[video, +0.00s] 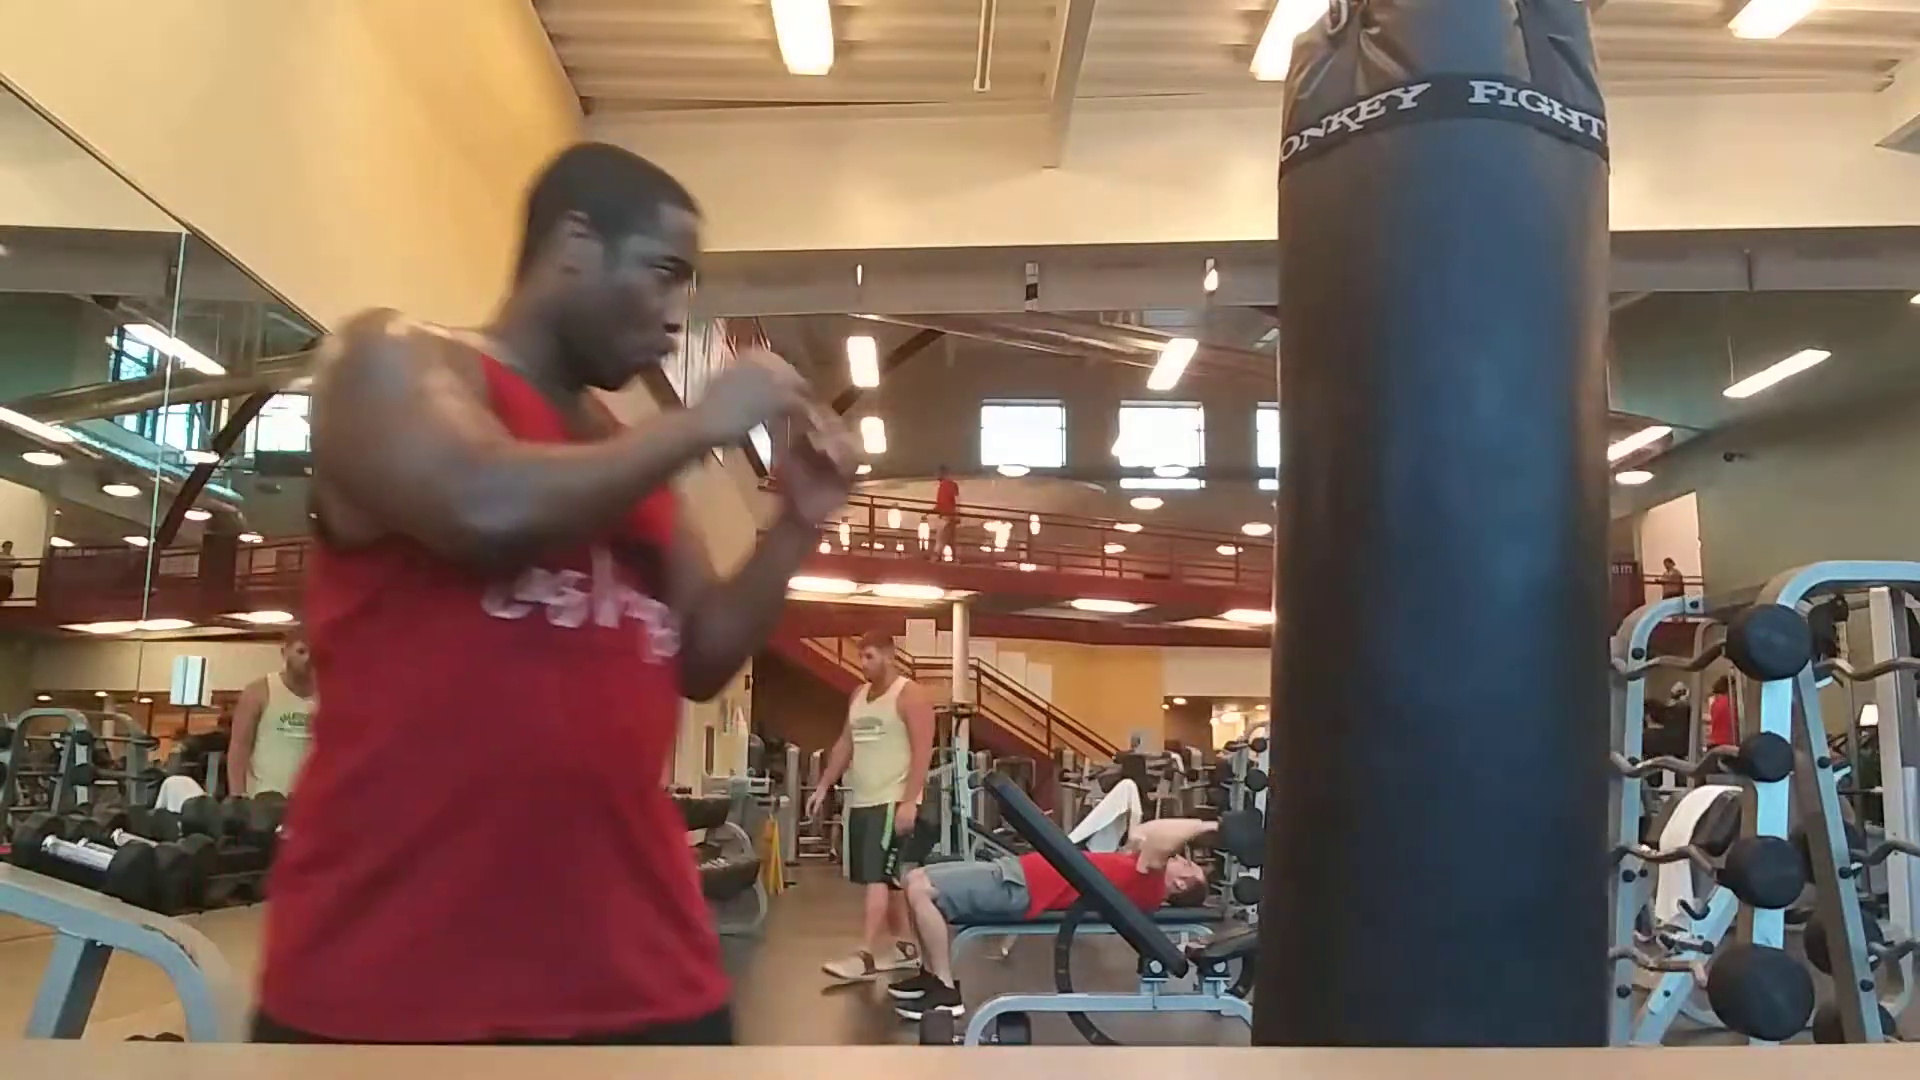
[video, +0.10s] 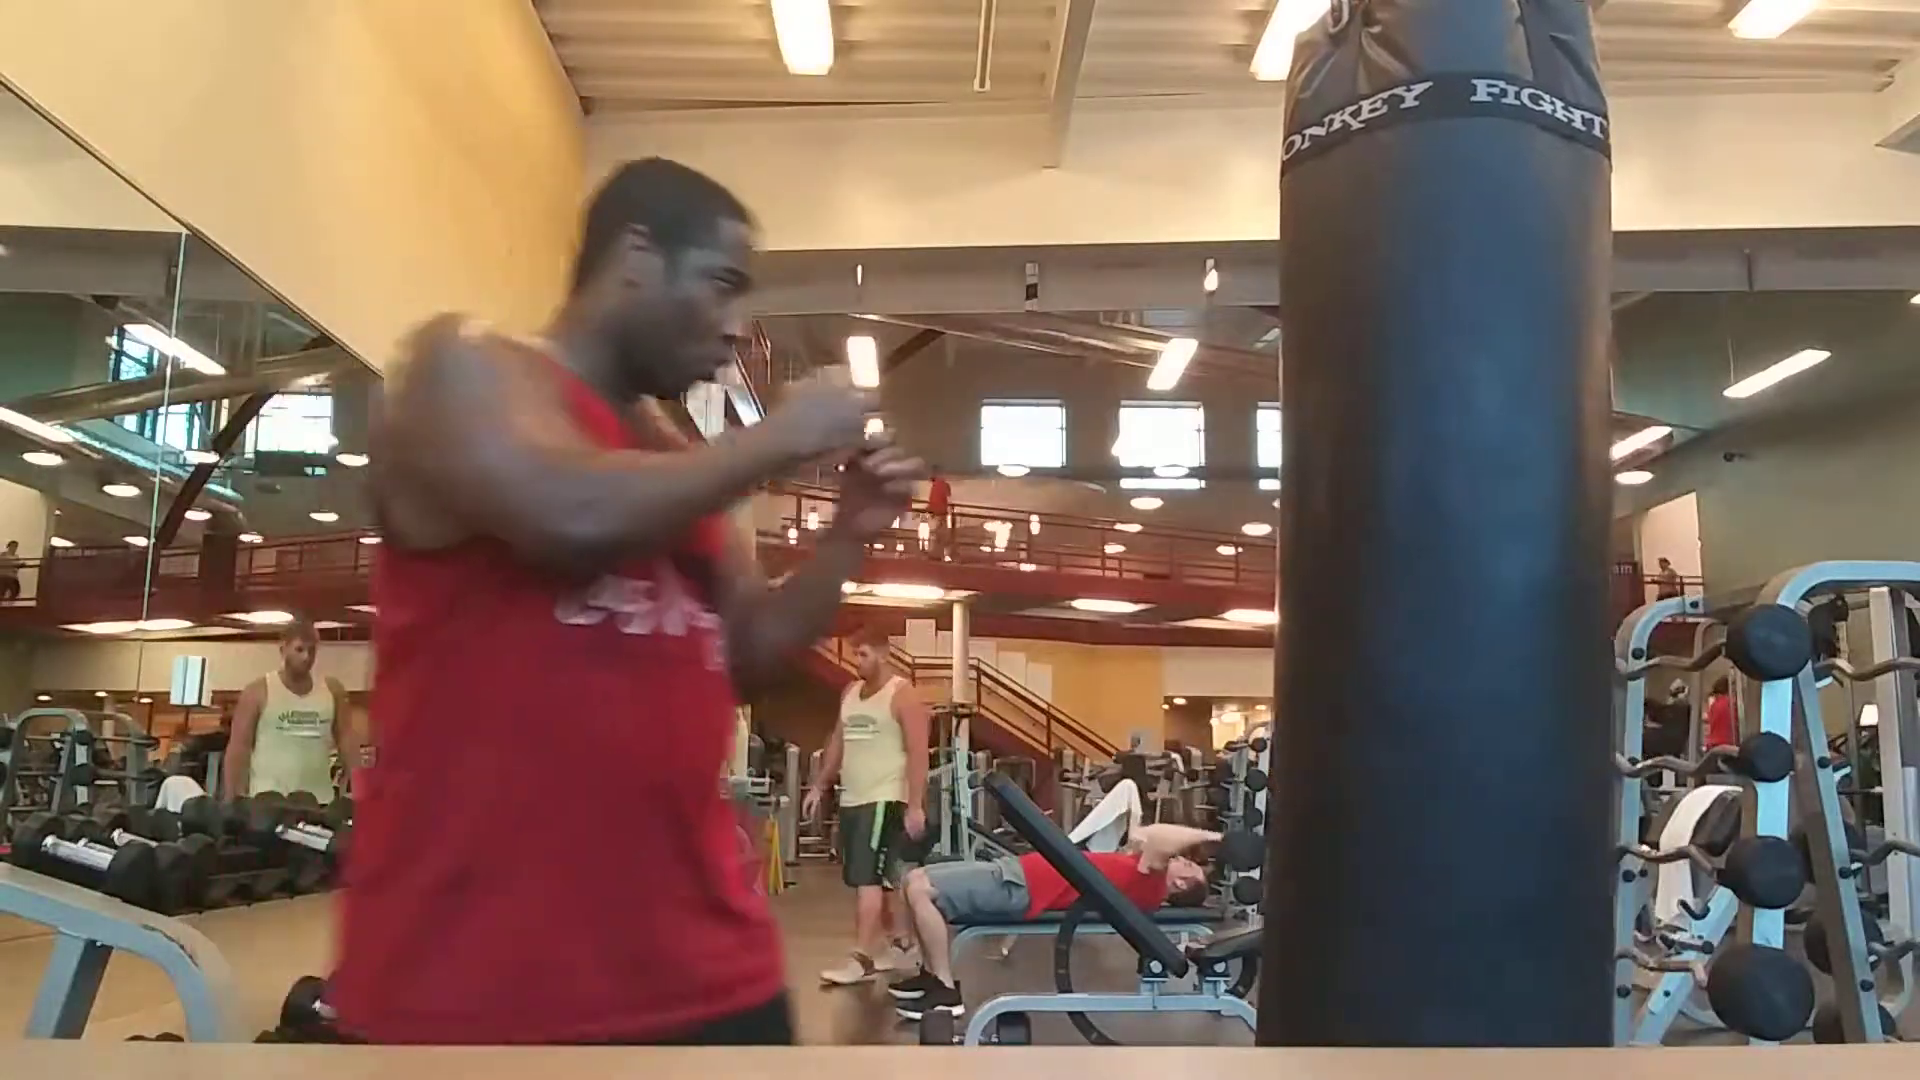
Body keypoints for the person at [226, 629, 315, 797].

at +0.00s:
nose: (308, 659)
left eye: (313, 652)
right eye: (301, 651)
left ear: (319, 655)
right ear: (284, 652)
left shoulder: (325, 696)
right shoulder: (258, 692)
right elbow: (239, 745)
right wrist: (237, 796)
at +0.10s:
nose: (306, 657)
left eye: (311, 650)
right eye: (299, 650)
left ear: (316, 651)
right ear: (283, 649)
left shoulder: (332, 690)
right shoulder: (257, 692)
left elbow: (345, 736)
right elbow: (238, 746)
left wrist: (355, 776)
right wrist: (233, 800)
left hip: (321, 805)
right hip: (269, 805)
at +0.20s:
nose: (306, 653)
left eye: (311, 646)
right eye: (298, 646)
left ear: (315, 647)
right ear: (281, 646)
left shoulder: (333, 688)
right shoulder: (256, 690)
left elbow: (346, 736)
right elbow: (234, 745)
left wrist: (357, 785)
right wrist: (224, 797)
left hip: (321, 804)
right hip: (268, 804)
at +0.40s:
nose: (314, 650)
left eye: (318, 643)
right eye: (307, 642)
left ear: (322, 643)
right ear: (289, 639)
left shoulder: (338, 684)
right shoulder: (260, 687)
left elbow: (349, 734)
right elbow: (235, 742)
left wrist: (360, 783)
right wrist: (226, 797)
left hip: (328, 799)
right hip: (275, 800)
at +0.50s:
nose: (320, 650)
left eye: (324, 643)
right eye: (313, 642)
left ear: (328, 643)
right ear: (294, 638)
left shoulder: (341, 682)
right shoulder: (266, 683)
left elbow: (354, 734)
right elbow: (243, 742)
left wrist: (364, 783)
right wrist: (235, 797)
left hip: (333, 795)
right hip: (280, 796)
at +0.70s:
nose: (339, 652)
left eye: (343, 645)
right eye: (332, 643)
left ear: (346, 645)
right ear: (311, 641)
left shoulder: (357, 684)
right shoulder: (280, 686)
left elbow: (368, 741)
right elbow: (262, 745)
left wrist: (375, 789)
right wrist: (264, 797)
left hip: (346, 801)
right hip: (293, 802)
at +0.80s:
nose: (351, 651)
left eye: (355, 644)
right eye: (345, 643)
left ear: (359, 645)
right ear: (325, 638)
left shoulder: (367, 685)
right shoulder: (292, 685)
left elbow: (379, 741)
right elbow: (273, 744)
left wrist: (383, 791)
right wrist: (281, 798)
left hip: (357, 802)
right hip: (305, 803)